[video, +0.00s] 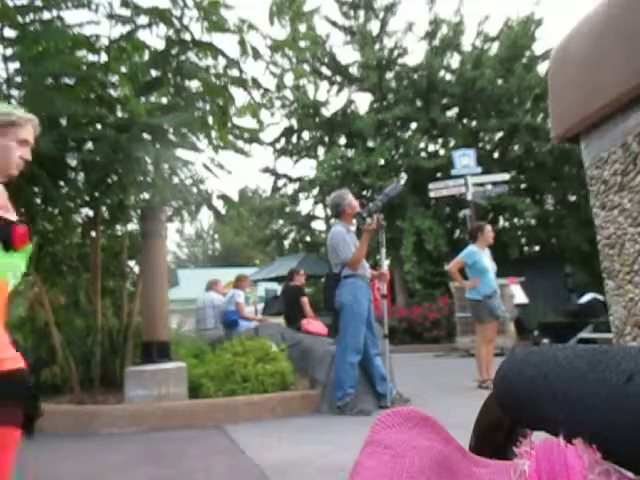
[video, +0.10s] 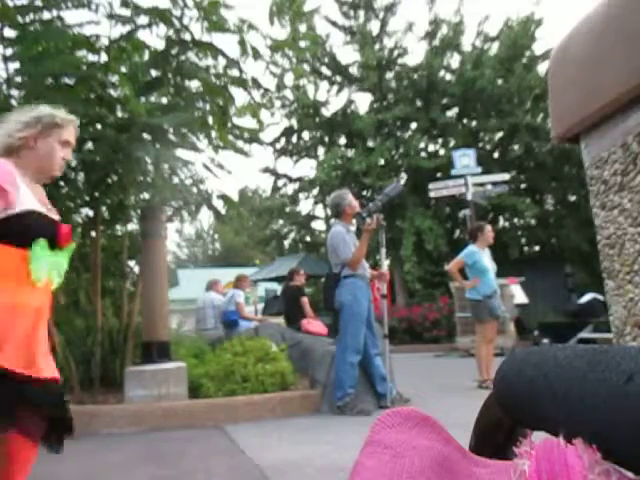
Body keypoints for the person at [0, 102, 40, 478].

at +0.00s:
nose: (27, 155)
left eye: (29, 147)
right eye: (21, 144)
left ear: (24, 150)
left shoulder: (8, 199)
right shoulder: (1, 199)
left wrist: (11, 356)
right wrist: (13, 362)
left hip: (4, 333)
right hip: (2, 334)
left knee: (19, 388)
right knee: (15, 384)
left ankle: (8, 470)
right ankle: (6, 472)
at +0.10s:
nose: (69, 158)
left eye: (71, 150)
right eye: (64, 146)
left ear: (36, 143)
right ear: (33, 140)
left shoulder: (39, 194)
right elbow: (14, 225)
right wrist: (54, 234)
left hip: (33, 350)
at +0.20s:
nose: (110, 157)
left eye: (112, 149)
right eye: (106, 145)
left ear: (81, 143)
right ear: (76, 139)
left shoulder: (75, 192)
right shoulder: (36, 175)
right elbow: (2, 224)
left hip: (57, 336)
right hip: (23, 334)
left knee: (40, 445)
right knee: (16, 427)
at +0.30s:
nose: (151, 151)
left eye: (153, 143)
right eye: (147, 140)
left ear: (125, 139)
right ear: (119, 135)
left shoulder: (116, 187)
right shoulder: (87, 168)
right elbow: (36, 208)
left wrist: (121, 285)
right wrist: (10, 225)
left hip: (84, 303)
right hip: (65, 300)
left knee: (63, 407)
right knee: (134, 382)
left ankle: (24, 475)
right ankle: (85, 475)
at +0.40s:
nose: (194, 142)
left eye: (195, 133)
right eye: (191, 130)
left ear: (164, 129)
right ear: (165, 127)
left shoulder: (158, 173)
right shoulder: (134, 160)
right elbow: (85, 197)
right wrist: (31, 237)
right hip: (129, 295)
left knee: (91, 400)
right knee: (190, 385)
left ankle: (31, 473)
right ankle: (211, 472)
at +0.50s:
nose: (239, 141)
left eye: (240, 133)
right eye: (235, 131)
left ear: (213, 128)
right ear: (210, 126)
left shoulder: (204, 172)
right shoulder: (184, 162)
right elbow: (141, 199)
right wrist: (95, 241)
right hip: (184, 300)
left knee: (172, 400)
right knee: (235, 388)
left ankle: (85, 456)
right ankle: (237, 473)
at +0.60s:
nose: (282, 143)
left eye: (282, 134)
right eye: (278, 133)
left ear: (252, 133)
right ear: (255, 131)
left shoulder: (244, 173)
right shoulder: (231, 167)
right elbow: (197, 209)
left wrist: (280, 218)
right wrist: (163, 253)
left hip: (250, 294)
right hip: (237, 293)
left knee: (259, 384)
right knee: (269, 389)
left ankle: (199, 450)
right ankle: (242, 473)